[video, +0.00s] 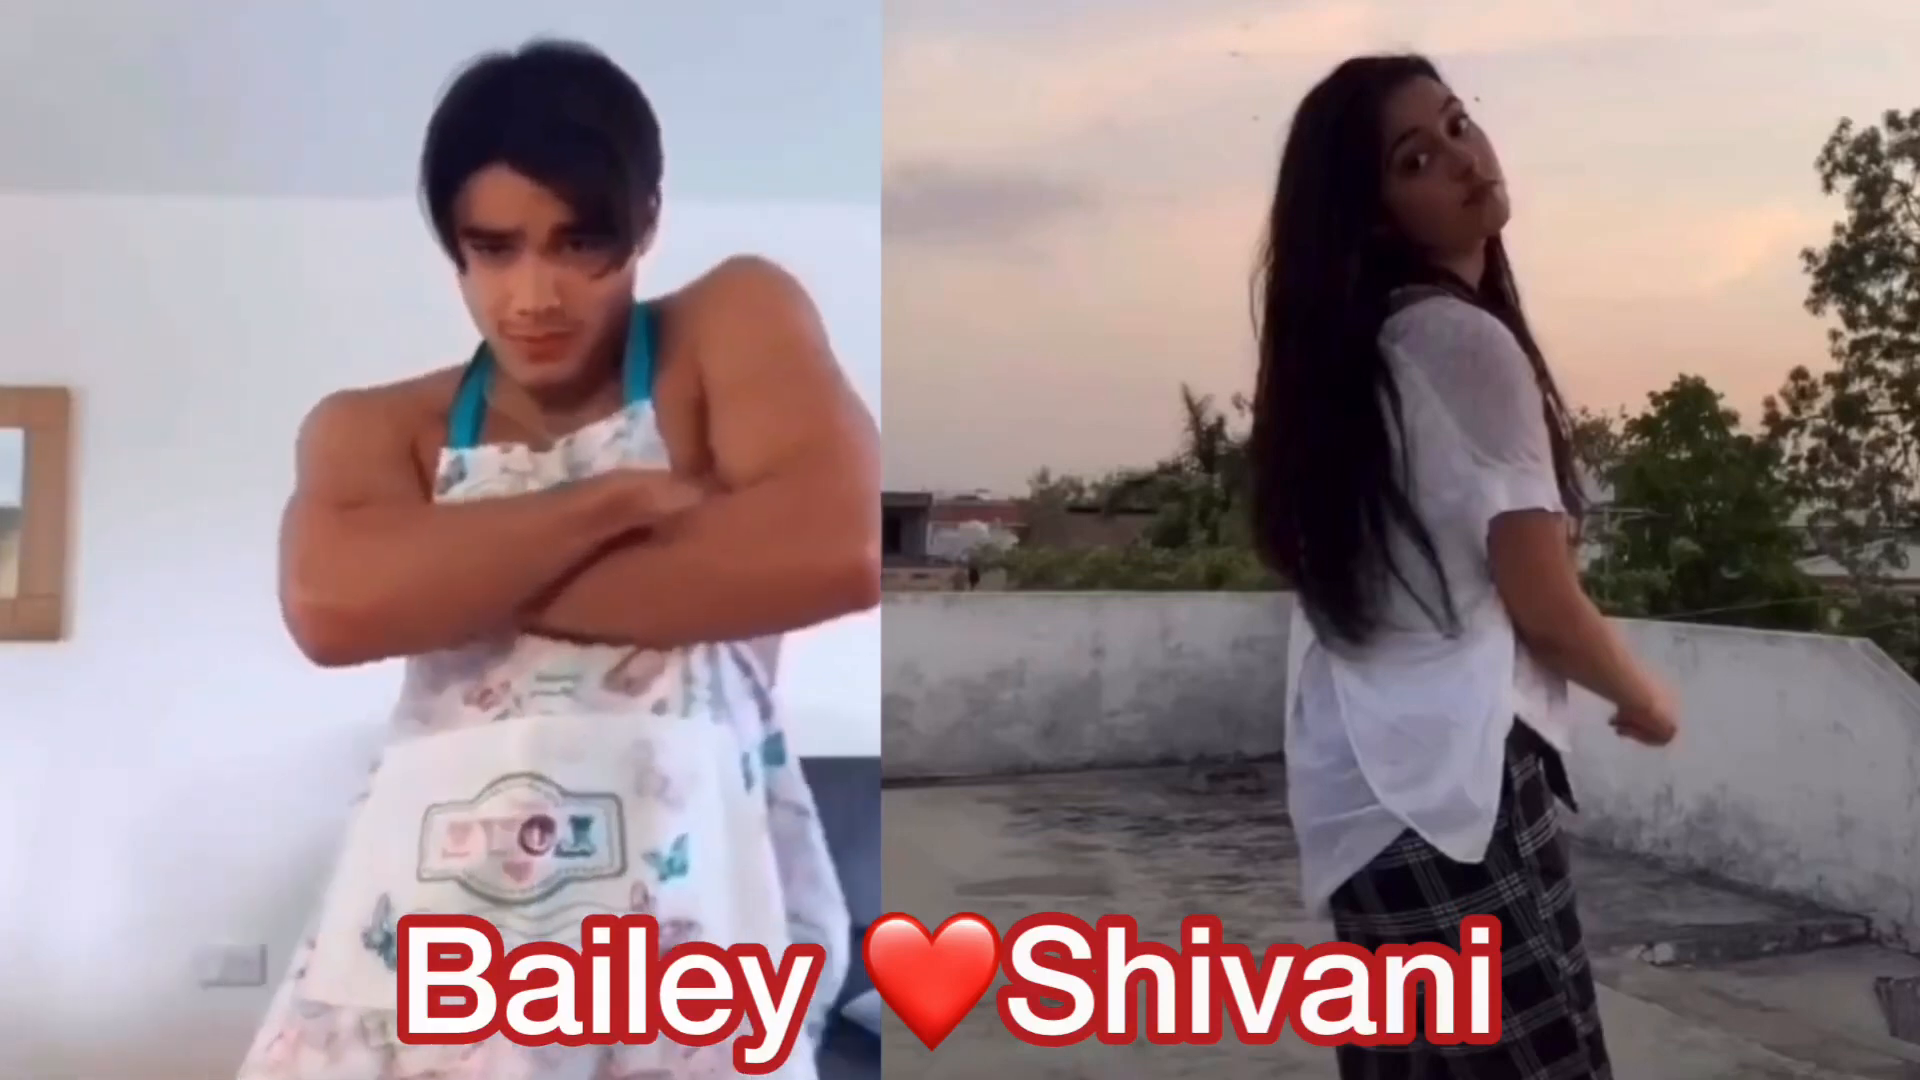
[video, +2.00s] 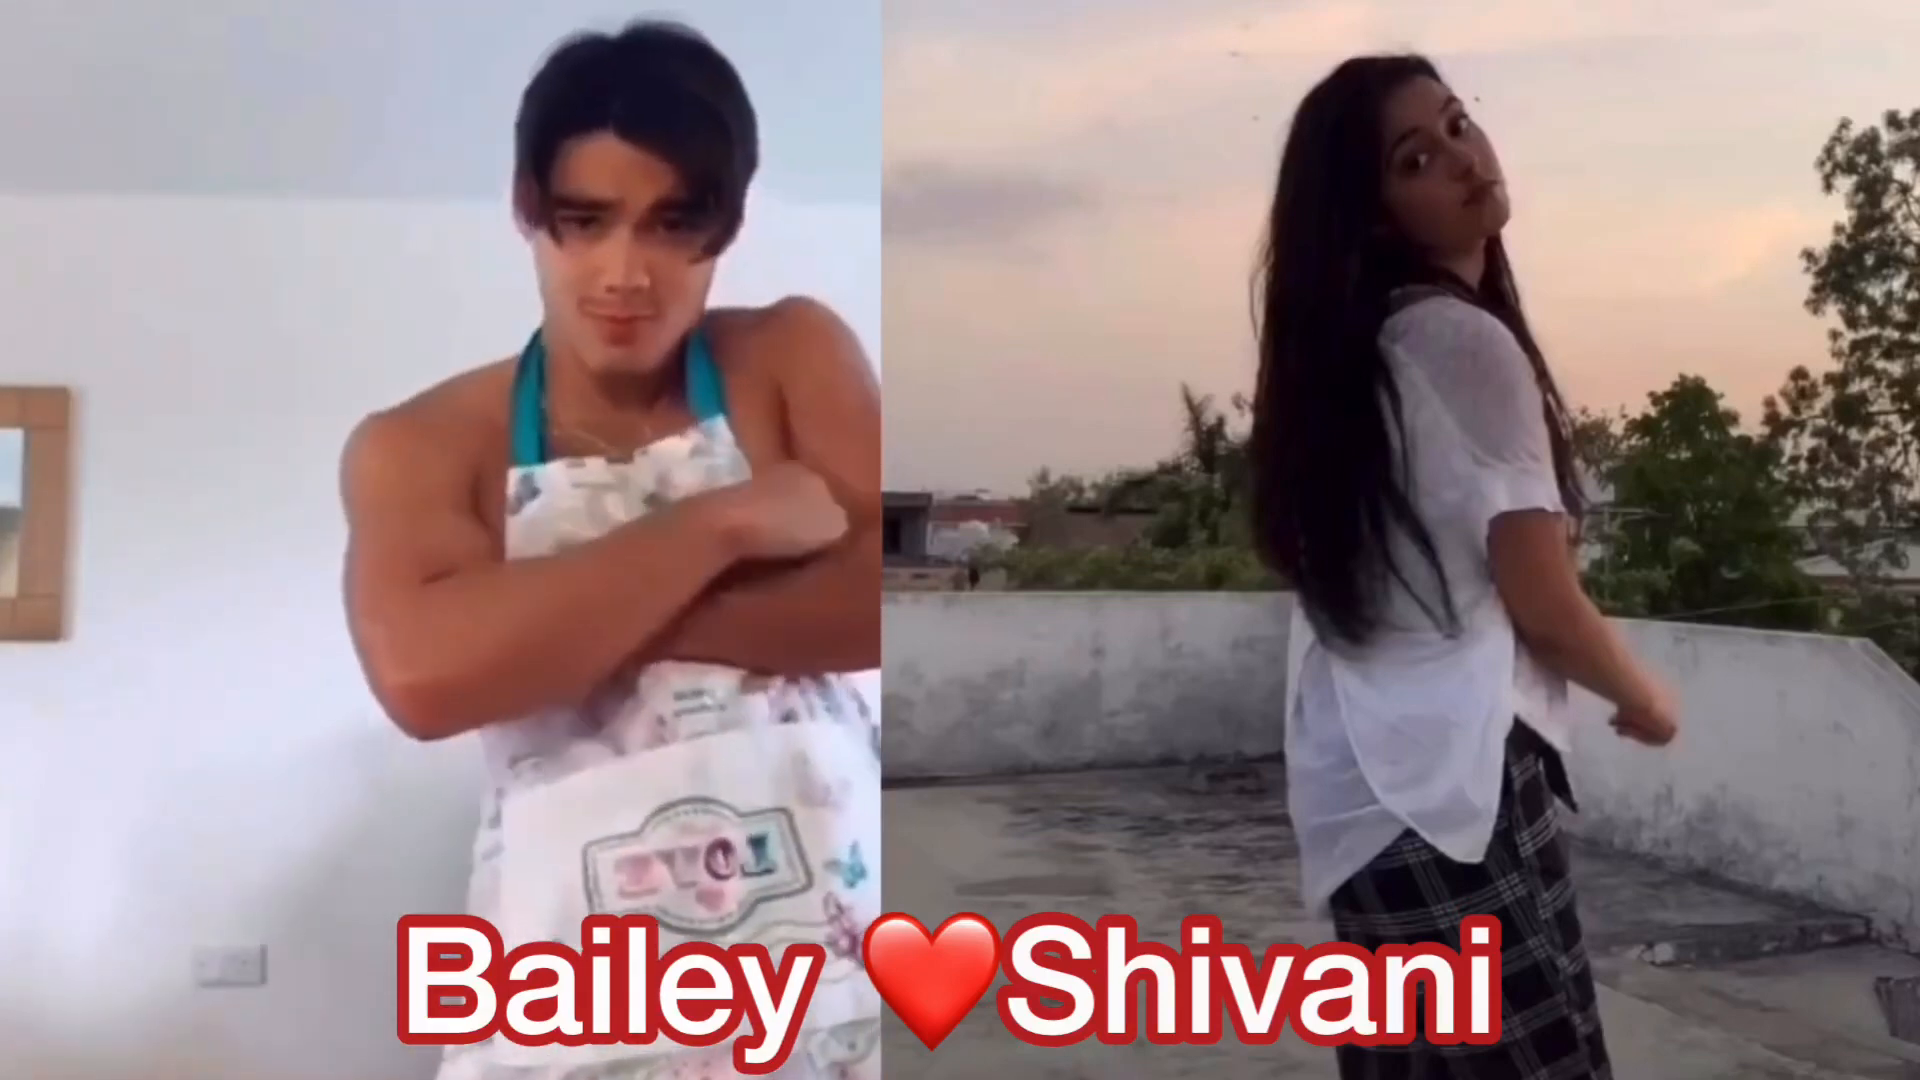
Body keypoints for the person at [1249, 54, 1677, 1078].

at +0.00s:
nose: (1467, 158)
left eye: (1459, 125)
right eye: (1418, 158)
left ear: (1480, 128)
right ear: (1371, 210)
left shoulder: (1352, 332)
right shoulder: (1464, 339)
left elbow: (1392, 565)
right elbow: (1544, 602)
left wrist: (1545, 666)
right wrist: (1643, 698)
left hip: (1361, 784)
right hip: (1451, 789)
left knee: (1396, 1056)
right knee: (1544, 1055)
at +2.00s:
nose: (1467, 158)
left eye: (1459, 125)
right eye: (1418, 158)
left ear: (1479, 128)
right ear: (1370, 210)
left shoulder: (1353, 333)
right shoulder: (1465, 339)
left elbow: (1393, 566)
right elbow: (1545, 603)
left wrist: (1546, 665)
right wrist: (1642, 697)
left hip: (1362, 783)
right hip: (1451, 789)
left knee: (1397, 1056)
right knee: (1544, 1055)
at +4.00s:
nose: (1466, 158)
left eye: (1459, 125)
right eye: (1417, 158)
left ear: (1480, 129)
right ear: (1370, 210)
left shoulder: (1353, 333)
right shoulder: (1465, 339)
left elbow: (1392, 564)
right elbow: (1545, 602)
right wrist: (1643, 697)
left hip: (1362, 783)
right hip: (1452, 789)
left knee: (1397, 1056)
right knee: (1544, 1056)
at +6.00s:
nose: (1466, 158)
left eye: (1459, 125)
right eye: (1417, 158)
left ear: (1480, 129)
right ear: (1370, 210)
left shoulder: (1354, 333)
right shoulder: (1465, 339)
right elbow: (1546, 604)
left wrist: (1561, 666)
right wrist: (1642, 696)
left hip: (1362, 783)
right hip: (1452, 789)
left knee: (1397, 1056)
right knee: (1545, 1056)